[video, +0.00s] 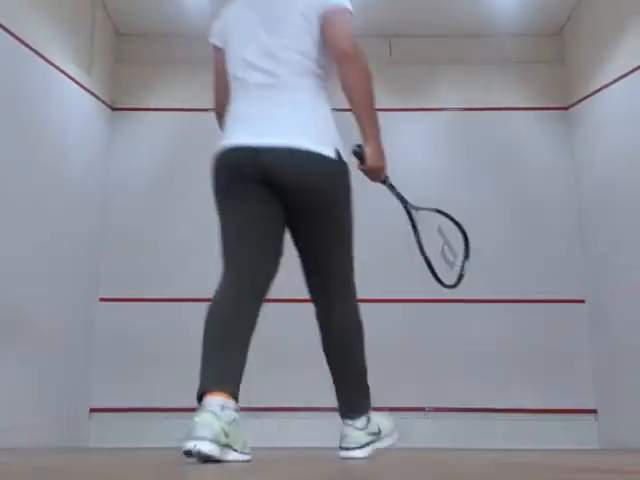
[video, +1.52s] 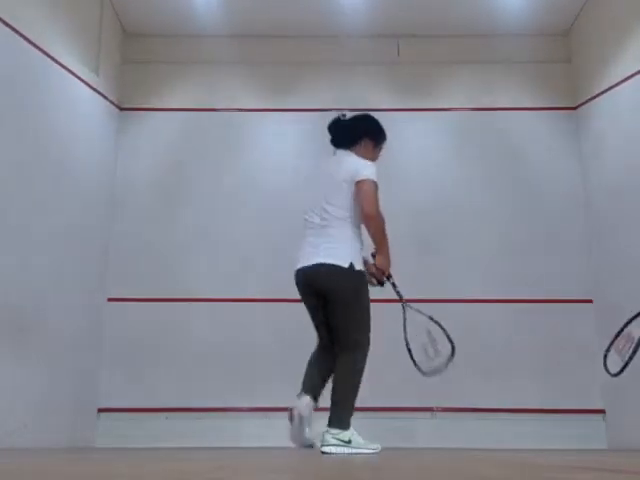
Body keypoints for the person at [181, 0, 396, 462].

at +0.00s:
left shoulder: (229, 12)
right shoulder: (325, 4)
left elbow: (222, 104)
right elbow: (347, 53)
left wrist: (251, 143)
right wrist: (372, 142)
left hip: (238, 155)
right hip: (309, 156)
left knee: (240, 280)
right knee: (334, 292)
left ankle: (215, 412)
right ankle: (357, 423)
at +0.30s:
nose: (374, 15)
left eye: (373, 10)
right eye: (372, 9)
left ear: (317, 9)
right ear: (358, 6)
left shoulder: (284, 53)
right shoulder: (370, 40)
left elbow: (276, 129)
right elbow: (400, 94)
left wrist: (276, 192)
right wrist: (408, 170)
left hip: (297, 189)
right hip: (359, 183)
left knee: (306, 296)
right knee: (363, 305)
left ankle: (291, 371)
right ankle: (364, 425)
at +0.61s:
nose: (383, 54)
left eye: (382, 45)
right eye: (380, 45)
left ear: (333, 49)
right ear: (361, 45)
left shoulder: (301, 96)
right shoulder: (376, 81)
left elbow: (291, 165)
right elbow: (396, 144)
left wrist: (276, 219)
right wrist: (398, 204)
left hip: (308, 216)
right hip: (361, 209)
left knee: (314, 320)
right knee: (365, 316)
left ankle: (302, 428)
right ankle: (367, 423)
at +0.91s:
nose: (362, 96)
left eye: (362, 89)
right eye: (359, 89)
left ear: (319, 89)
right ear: (344, 87)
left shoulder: (291, 126)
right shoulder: (352, 117)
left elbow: (282, 188)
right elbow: (359, 163)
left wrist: (283, 232)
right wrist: (374, 221)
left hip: (288, 239)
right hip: (334, 238)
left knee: (300, 333)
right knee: (349, 323)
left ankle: (298, 428)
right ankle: (354, 382)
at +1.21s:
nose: (363, 130)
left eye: (364, 123)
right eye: (361, 123)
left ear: (327, 120)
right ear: (345, 119)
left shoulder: (299, 152)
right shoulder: (348, 148)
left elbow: (302, 205)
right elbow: (352, 186)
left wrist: (352, 241)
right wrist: (373, 239)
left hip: (295, 256)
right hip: (338, 258)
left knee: (303, 340)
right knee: (345, 344)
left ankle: (297, 425)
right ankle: (339, 429)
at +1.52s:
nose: (377, 155)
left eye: (379, 148)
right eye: (377, 148)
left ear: (348, 143)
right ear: (364, 142)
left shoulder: (326, 168)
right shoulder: (361, 167)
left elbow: (334, 226)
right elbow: (369, 213)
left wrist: (363, 263)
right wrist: (383, 252)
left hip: (307, 270)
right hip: (341, 271)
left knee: (328, 343)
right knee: (354, 348)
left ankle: (305, 400)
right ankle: (338, 431)